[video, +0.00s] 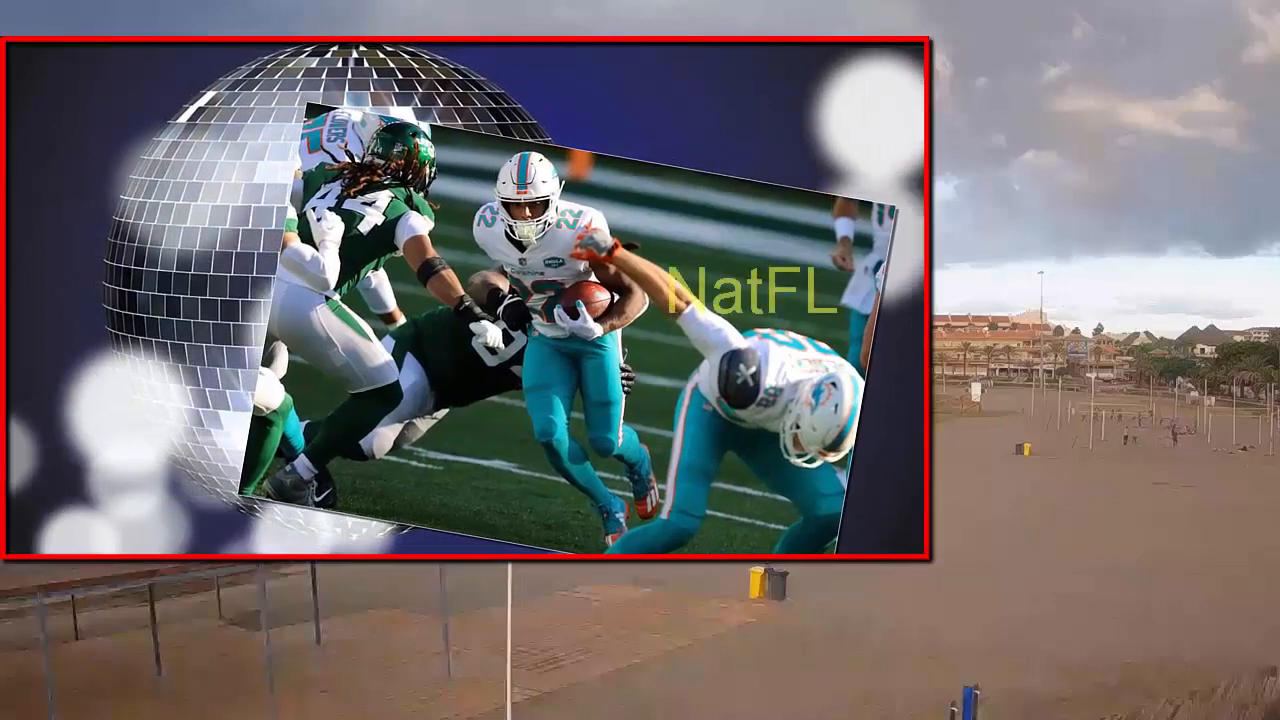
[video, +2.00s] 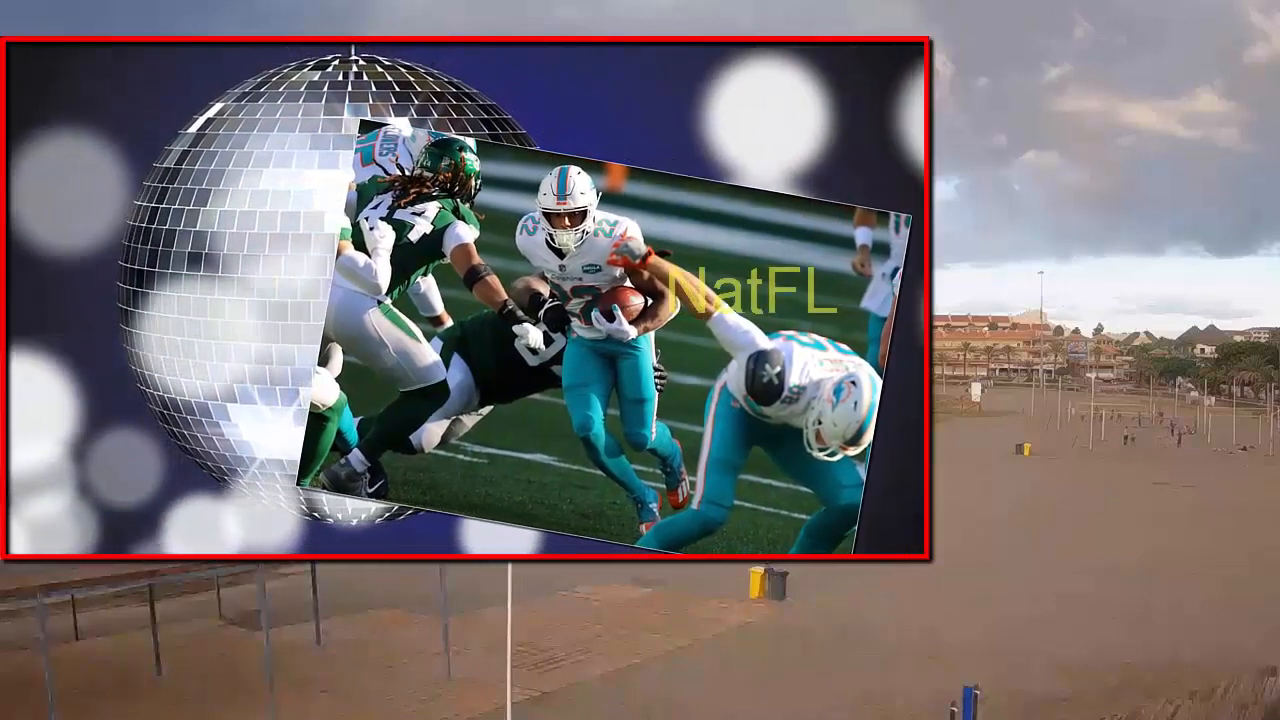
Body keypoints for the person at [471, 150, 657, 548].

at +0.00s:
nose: (524, 215)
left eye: (534, 205)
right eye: (514, 206)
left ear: (552, 199)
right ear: (502, 201)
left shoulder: (585, 228)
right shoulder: (487, 226)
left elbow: (638, 294)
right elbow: (515, 271)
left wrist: (602, 327)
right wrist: (515, 302)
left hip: (597, 340)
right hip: (544, 339)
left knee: (604, 441)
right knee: (549, 435)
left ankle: (640, 469)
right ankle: (610, 508)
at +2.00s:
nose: (564, 224)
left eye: (572, 215)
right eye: (555, 216)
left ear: (590, 209)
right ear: (543, 211)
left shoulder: (621, 237)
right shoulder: (529, 234)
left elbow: (668, 299)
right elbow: (555, 276)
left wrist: (636, 330)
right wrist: (559, 306)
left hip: (632, 341)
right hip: (583, 340)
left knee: (639, 436)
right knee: (587, 430)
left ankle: (673, 462)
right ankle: (645, 499)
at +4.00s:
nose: (603, 233)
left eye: (611, 225)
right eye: (595, 226)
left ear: (627, 219)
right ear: (584, 222)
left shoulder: (657, 243)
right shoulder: (571, 243)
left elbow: (701, 304)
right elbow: (592, 282)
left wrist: (669, 332)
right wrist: (592, 310)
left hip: (667, 343)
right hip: (621, 342)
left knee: (673, 431)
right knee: (625, 425)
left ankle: (704, 454)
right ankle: (678, 490)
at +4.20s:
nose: (607, 234)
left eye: (616, 226)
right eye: (599, 227)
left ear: (631, 220)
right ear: (587, 222)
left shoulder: (660, 244)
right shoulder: (575, 244)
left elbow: (697, 296)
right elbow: (598, 285)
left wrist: (675, 330)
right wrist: (594, 315)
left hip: (670, 342)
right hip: (624, 341)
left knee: (678, 433)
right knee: (629, 424)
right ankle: (681, 489)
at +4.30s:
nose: (610, 235)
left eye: (618, 227)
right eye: (602, 228)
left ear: (633, 221)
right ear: (590, 223)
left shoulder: (655, 245)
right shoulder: (577, 244)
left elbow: (682, 281)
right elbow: (599, 280)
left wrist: (651, 309)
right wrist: (595, 308)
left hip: (668, 341)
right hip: (627, 342)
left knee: (674, 426)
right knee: (630, 421)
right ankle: (675, 477)